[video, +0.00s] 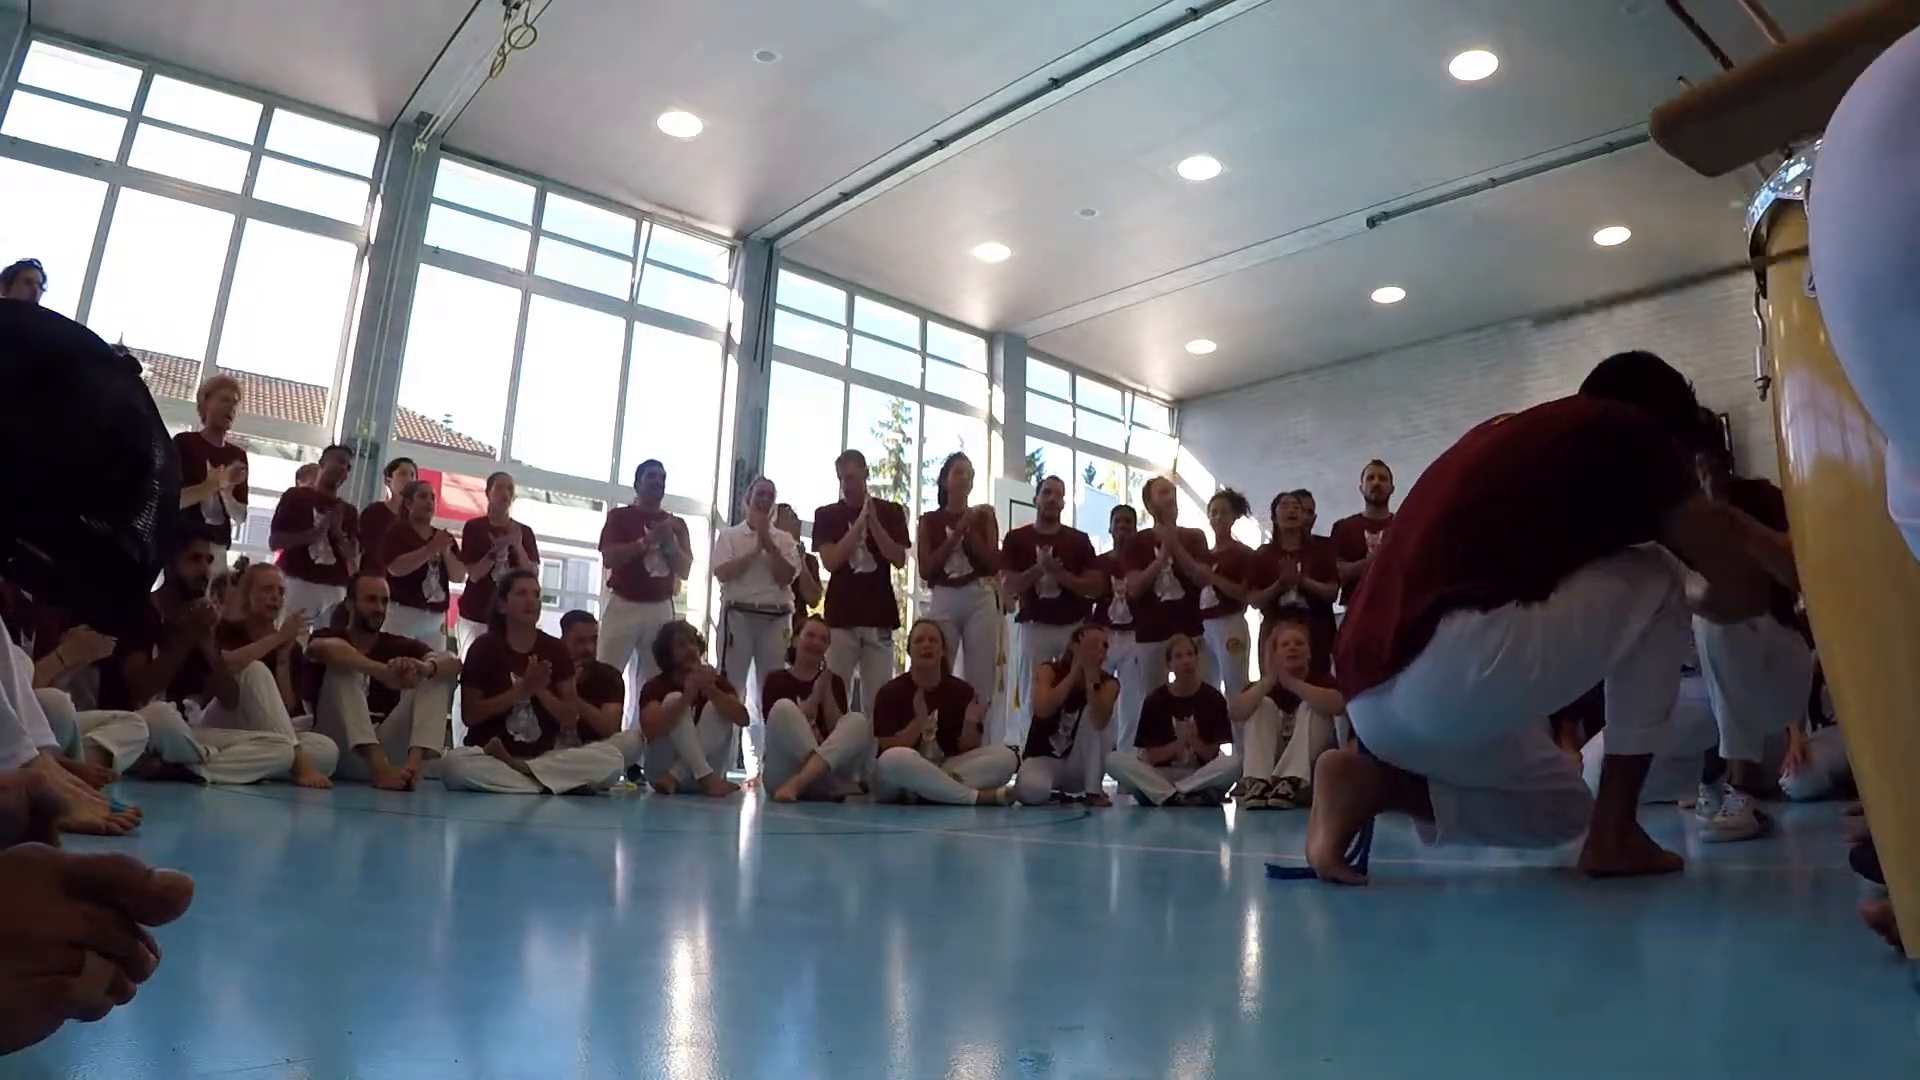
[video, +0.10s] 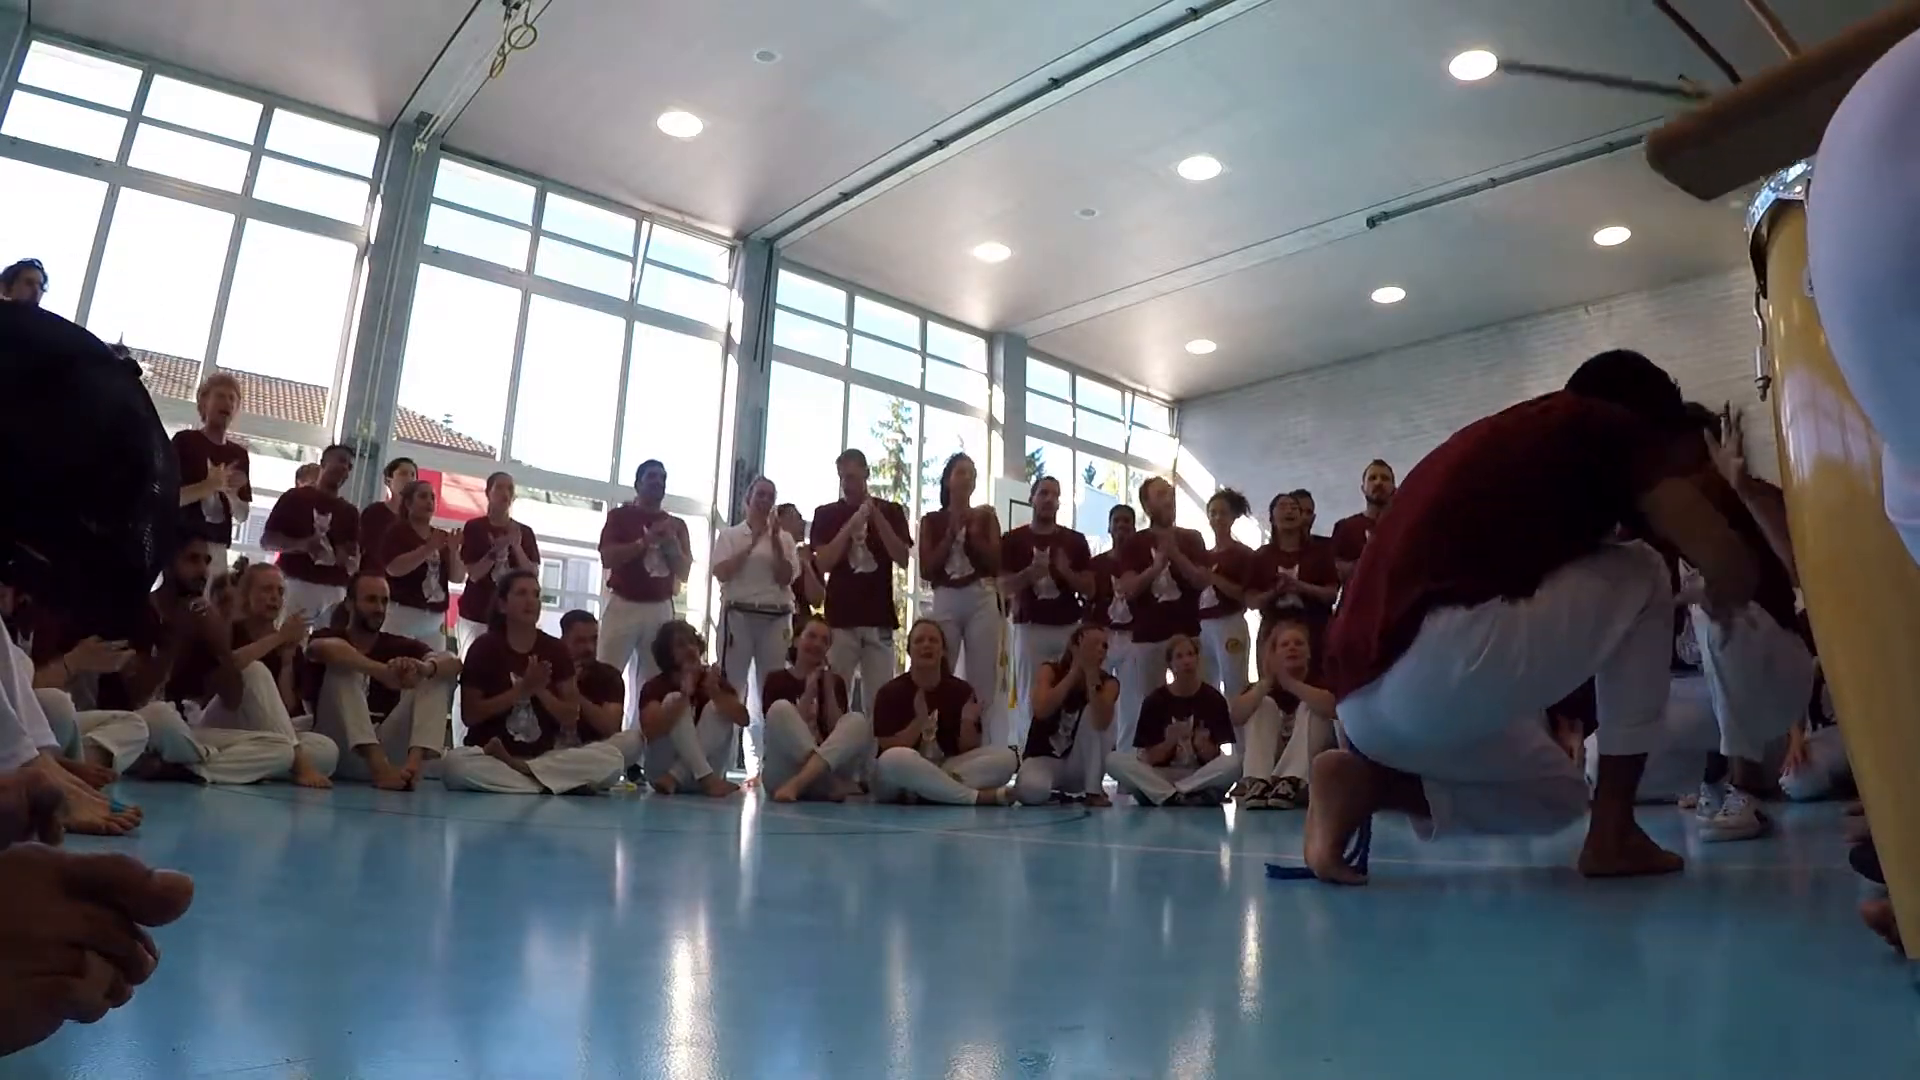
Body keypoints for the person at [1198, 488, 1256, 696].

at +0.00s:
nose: (1218, 518)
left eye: (1224, 512)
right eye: (1214, 513)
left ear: (1235, 516)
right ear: (1207, 517)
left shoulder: (1245, 553)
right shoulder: (1205, 556)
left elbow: (1245, 594)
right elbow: (1196, 586)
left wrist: (1211, 576)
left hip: (1231, 622)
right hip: (1203, 624)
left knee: (1236, 693)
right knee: (1206, 692)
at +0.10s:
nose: (1218, 518)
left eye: (1223, 512)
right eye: (1213, 513)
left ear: (1234, 516)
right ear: (1207, 517)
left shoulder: (1245, 554)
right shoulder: (1204, 557)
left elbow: (1245, 595)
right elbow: (1194, 591)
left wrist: (1212, 576)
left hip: (1231, 622)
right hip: (1202, 624)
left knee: (1235, 693)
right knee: (1205, 692)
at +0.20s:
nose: (1217, 518)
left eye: (1222, 512)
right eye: (1212, 513)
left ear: (1234, 515)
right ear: (1207, 517)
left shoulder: (1245, 553)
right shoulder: (1203, 557)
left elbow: (1244, 595)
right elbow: (1194, 591)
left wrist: (1212, 577)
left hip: (1230, 621)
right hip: (1202, 624)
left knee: (1235, 692)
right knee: (1205, 691)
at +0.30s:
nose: (1217, 518)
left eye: (1223, 513)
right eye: (1212, 513)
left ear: (1234, 516)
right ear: (1207, 517)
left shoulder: (1244, 553)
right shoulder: (1205, 557)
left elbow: (1244, 594)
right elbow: (1196, 585)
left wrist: (1213, 577)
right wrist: (1188, 558)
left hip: (1229, 621)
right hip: (1202, 623)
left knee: (1234, 688)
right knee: (1205, 687)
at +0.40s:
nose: (1216, 518)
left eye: (1222, 513)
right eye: (1212, 513)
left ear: (1233, 516)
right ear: (1206, 517)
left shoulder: (1244, 554)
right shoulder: (1202, 558)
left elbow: (1243, 595)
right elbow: (1193, 593)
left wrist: (1212, 576)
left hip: (1229, 621)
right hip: (1200, 623)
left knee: (1233, 687)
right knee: (1204, 687)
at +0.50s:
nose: (1216, 519)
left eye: (1222, 513)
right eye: (1212, 513)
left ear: (1233, 516)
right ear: (1207, 517)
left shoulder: (1242, 553)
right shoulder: (1202, 558)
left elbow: (1240, 593)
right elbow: (1192, 600)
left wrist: (1211, 576)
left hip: (1229, 621)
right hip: (1201, 622)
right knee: (1202, 683)